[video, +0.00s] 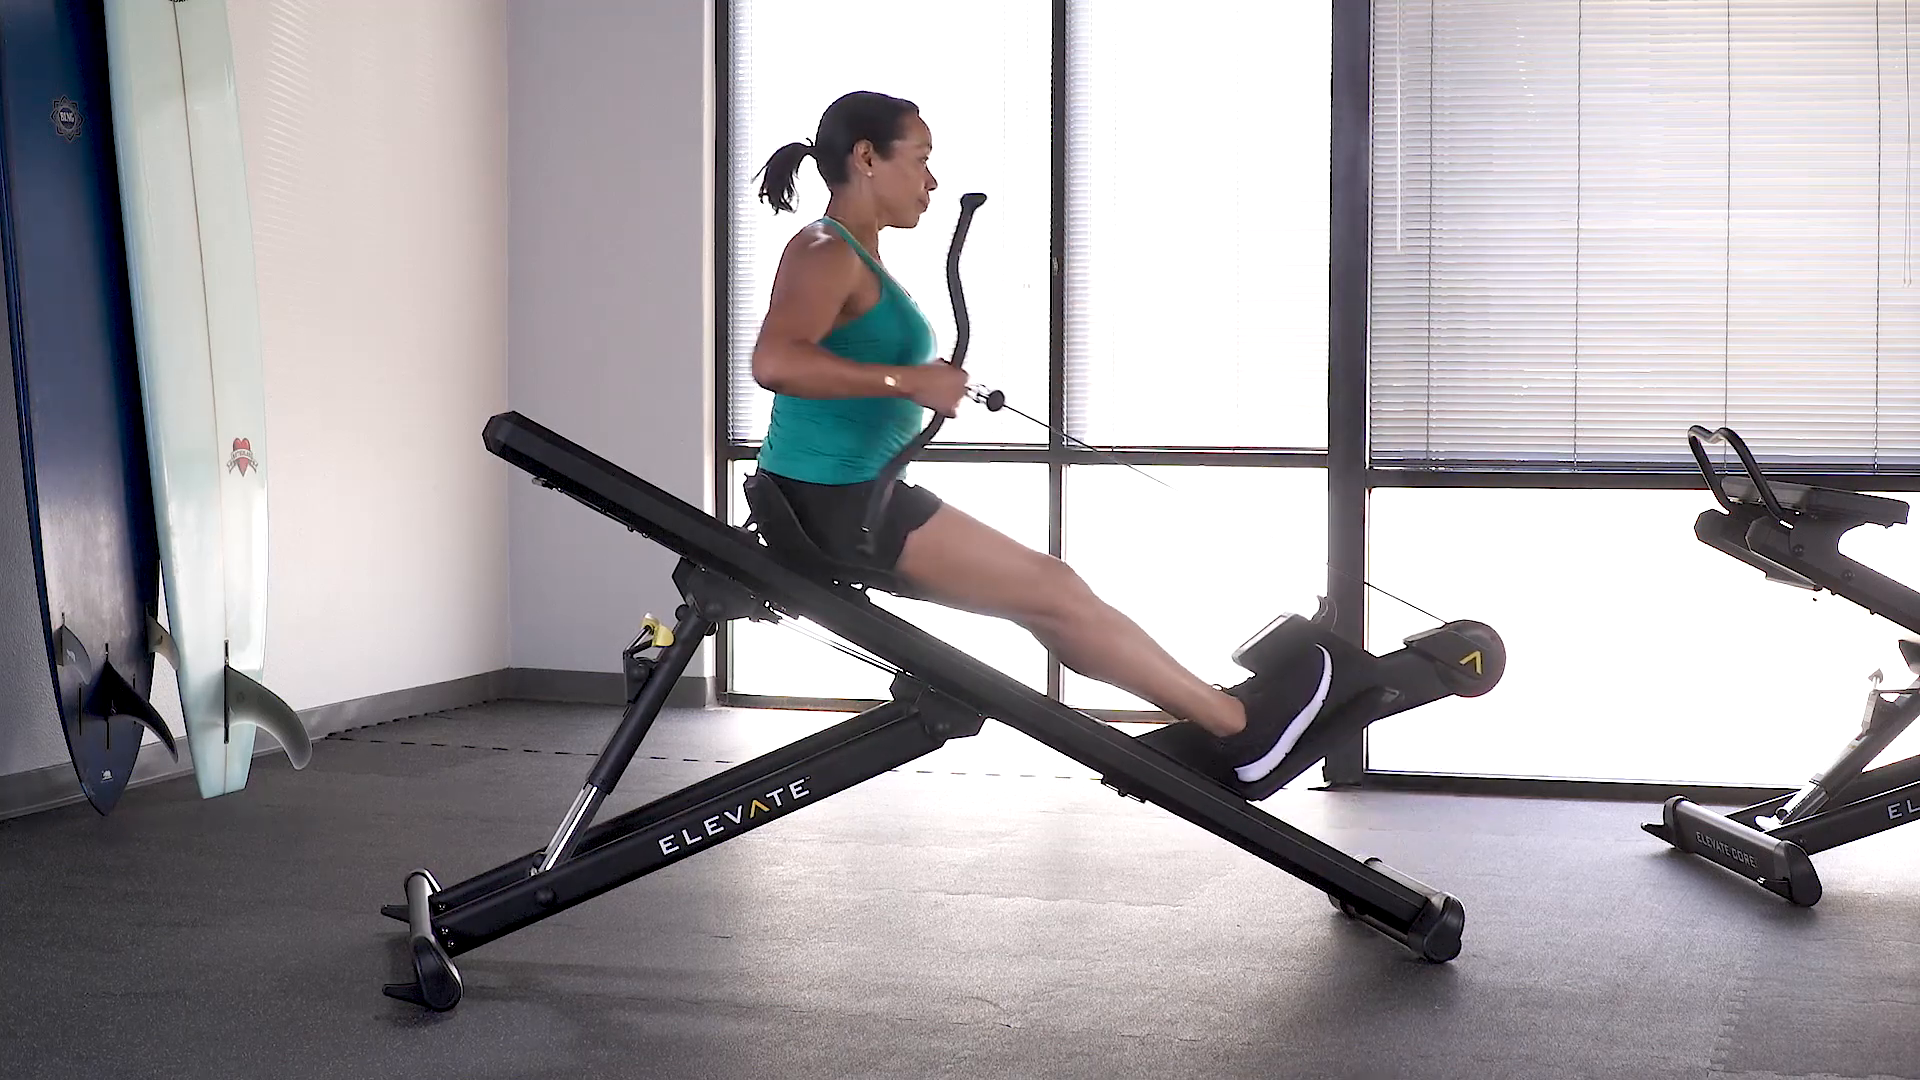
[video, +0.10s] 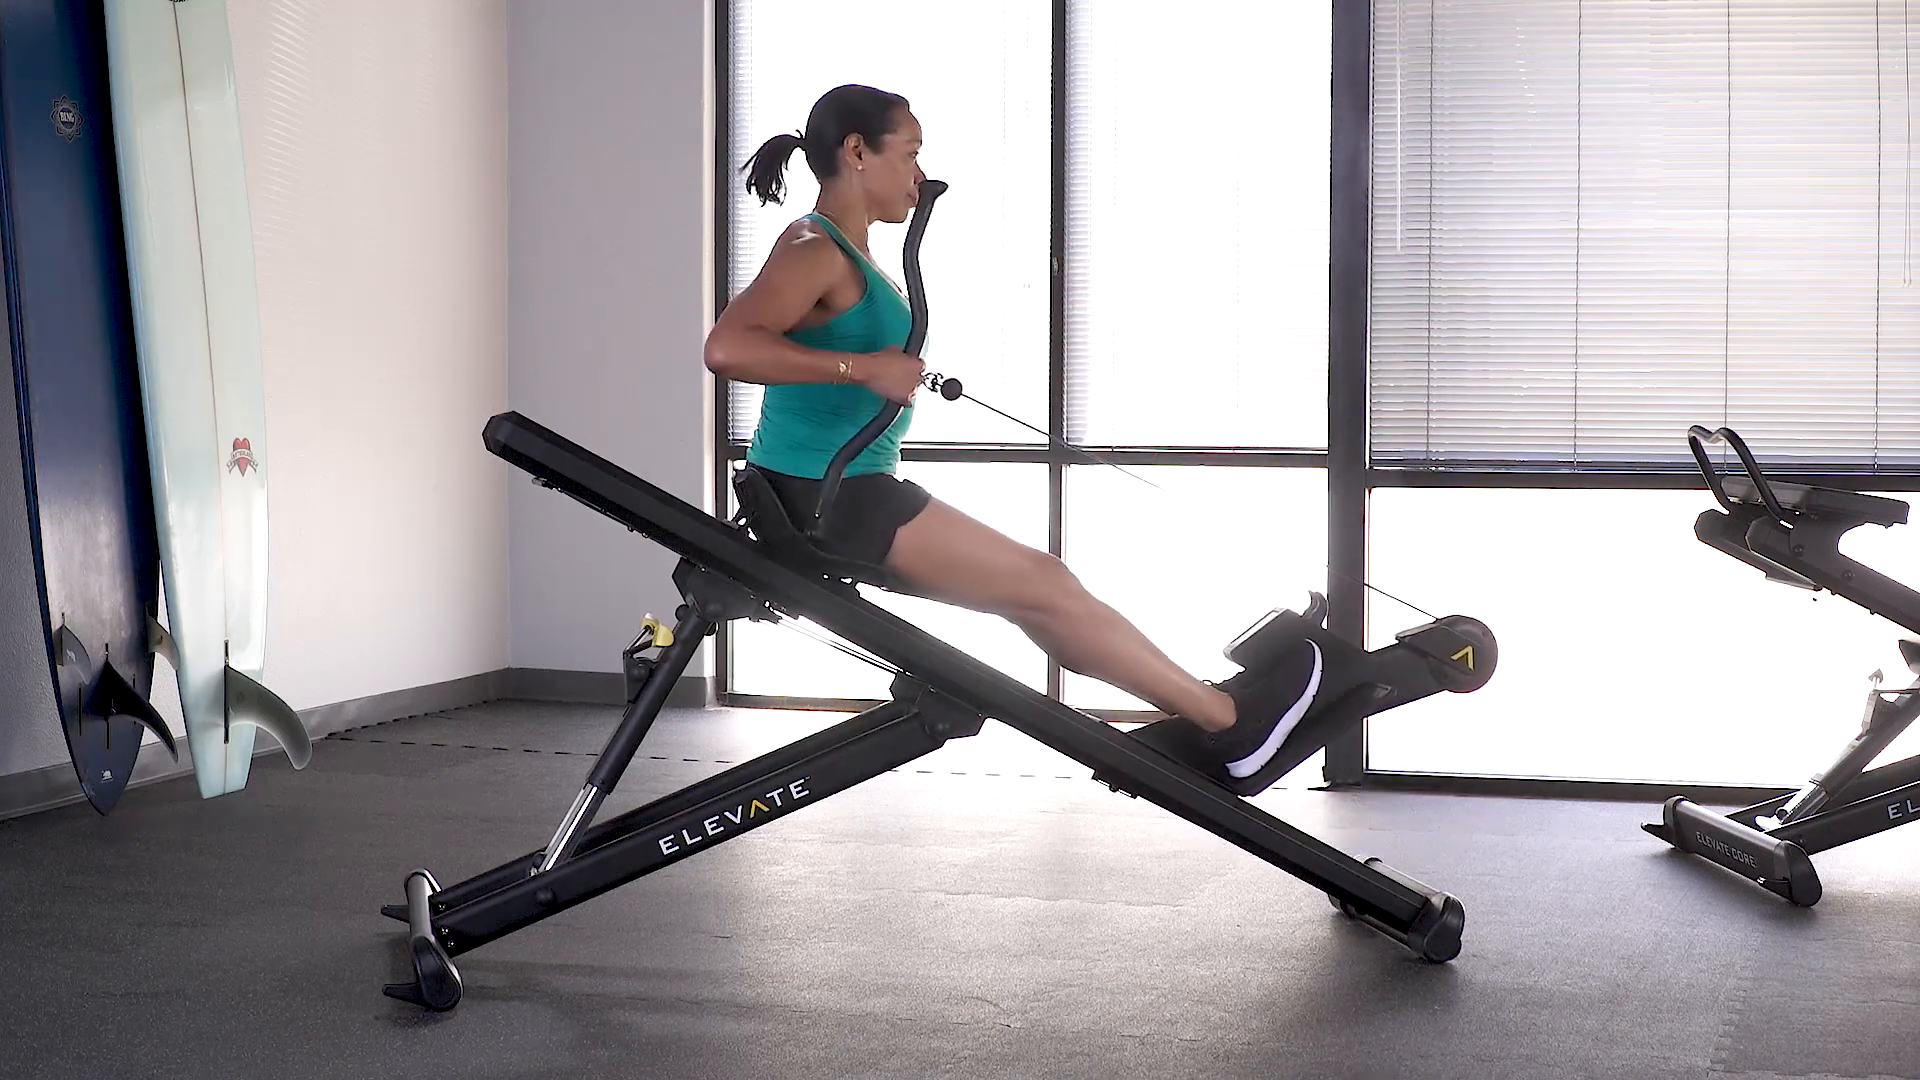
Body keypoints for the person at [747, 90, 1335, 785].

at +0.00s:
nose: (930, 178)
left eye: (928, 161)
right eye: (919, 159)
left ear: (869, 165)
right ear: (864, 162)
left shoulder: (852, 253)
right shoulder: (823, 252)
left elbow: (810, 361)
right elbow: (773, 361)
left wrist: (916, 379)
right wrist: (904, 382)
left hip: (851, 491)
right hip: (830, 499)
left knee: (1052, 588)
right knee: (1051, 592)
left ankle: (1225, 716)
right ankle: (1232, 721)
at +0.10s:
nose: (918, 178)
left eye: (918, 160)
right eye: (909, 158)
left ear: (853, 158)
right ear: (857, 156)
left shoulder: (844, 244)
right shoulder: (815, 249)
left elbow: (763, 340)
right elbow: (727, 346)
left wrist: (879, 364)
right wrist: (859, 367)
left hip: (840, 485)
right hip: (818, 493)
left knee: (1044, 580)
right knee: (1045, 584)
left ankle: (1210, 710)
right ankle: (1223, 716)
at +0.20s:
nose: (922, 180)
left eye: (921, 162)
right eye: (912, 161)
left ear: (858, 162)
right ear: (859, 159)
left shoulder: (847, 249)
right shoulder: (818, 257)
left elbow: (771, 353)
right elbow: (733, 357)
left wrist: (887, 365)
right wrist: (865, 369)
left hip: (843, 490)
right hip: (823, 498)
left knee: (1051, 581)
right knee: (1054, 581)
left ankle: (1218, 711)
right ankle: (1229, 718)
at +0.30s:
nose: (937, 189)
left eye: (935, 171)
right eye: (927, 170)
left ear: (877, 173)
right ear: (874, 171)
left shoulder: (862, 261)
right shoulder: (835, 266)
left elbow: (822, 377)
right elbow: (790, 380)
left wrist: (929, 388)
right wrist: (919, 387)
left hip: (862, 500)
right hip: (840, 511)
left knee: (1073, 578)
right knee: (1076, 578)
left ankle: (1232, 712)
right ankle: (1242, 721)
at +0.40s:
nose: (970, 203)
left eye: (967, 185)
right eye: (958, 184)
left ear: (909, 190)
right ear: (905, 187)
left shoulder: (898, 285)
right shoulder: (874, 283)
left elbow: (887, 409)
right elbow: (867, 408)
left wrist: (996, 422)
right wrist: (993, 418)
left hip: (885, 522)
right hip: (872, 527)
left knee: (1106, 577)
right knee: (1109, 573)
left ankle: (1257, 722)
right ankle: (1269, 730)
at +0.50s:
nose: (1016, 219)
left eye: (1010, 201)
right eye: (1002, 202)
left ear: (951, 212)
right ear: (950, 209)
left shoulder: (933, 304)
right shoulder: (933, 311)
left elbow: (965, 438)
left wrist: (1069, 455)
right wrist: (1081, 457)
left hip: (915, 541)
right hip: (917, 550)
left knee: (1146, 575)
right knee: (1154, 569)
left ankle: (1270, 727)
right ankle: (1295, 741)